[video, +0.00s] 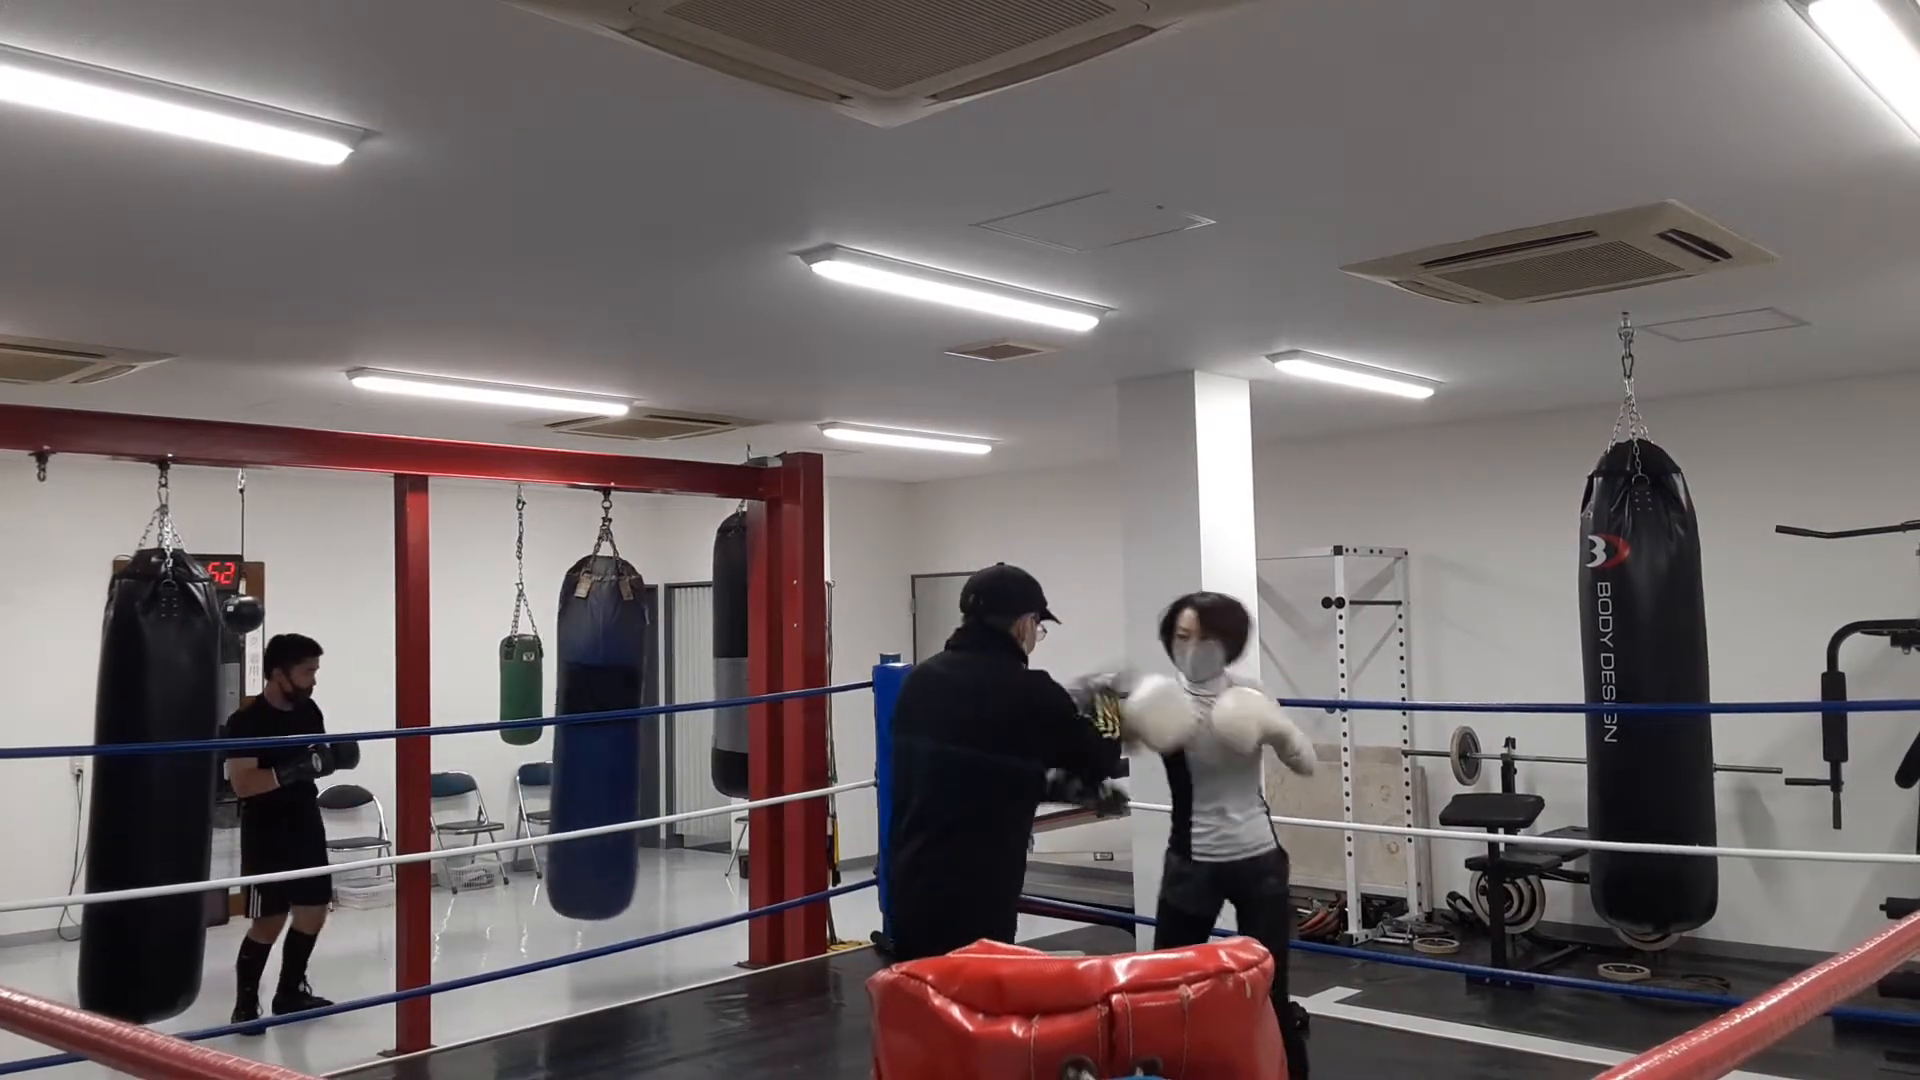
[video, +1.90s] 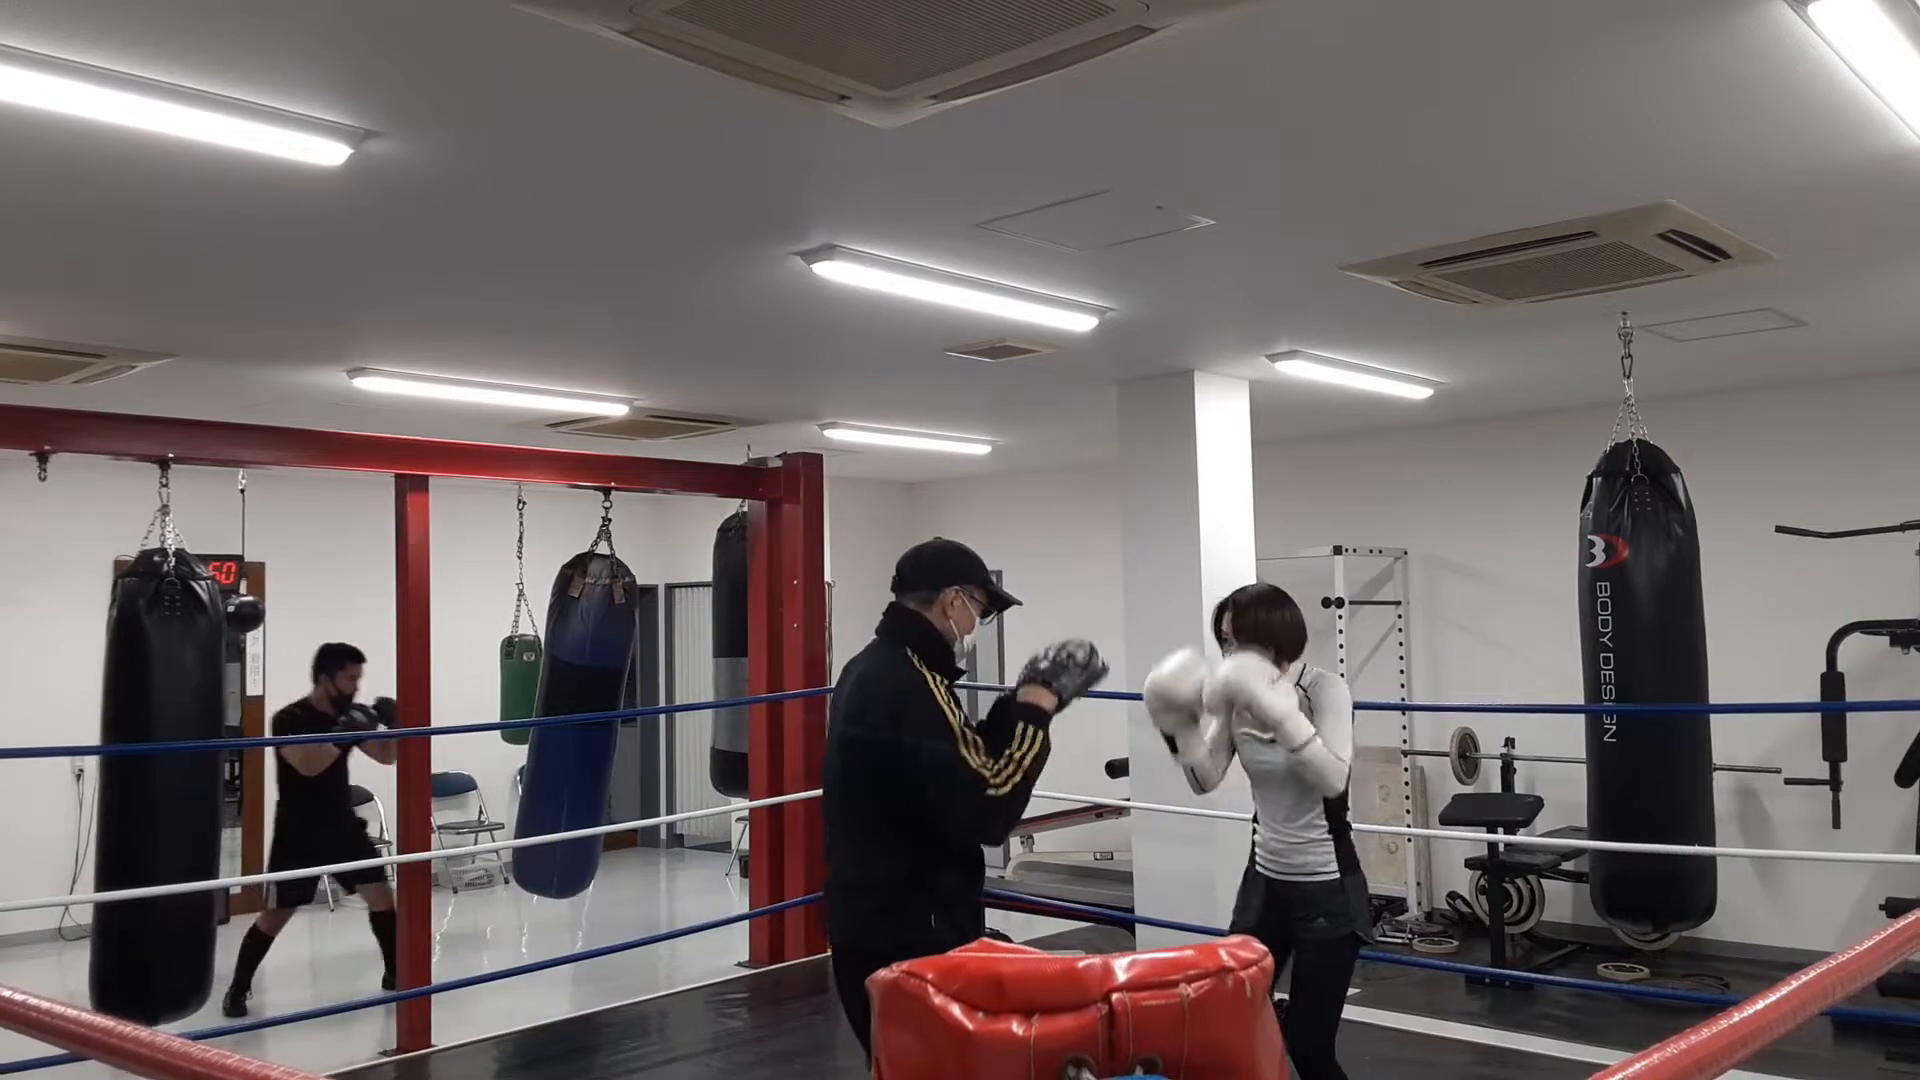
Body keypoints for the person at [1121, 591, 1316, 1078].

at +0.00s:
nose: (1190, 649)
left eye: (1202, 639)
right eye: (1181, 638)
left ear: (1227, 644)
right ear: (1170, 643)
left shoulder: (1250, 701)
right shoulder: (1162, 703)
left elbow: (1305, 766)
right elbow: (1120, 737)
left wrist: (1275, 726)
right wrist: (1132, 720)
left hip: (1258, 860)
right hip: (1191, 863)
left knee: (1270, 991)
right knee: (1168, 983)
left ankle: (1289, 1069)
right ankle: (1166, 1072)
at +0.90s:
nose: (1200, 648)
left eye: (1212, 637)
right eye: (1194, 639)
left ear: (1244, 640)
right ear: (1188, 644)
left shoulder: (1288, 703)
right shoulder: (1189, 709)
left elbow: (1343, 785)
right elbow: (1138, 760)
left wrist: (1289, 768)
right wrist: (1143, 712)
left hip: (1293, 888)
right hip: (1229, 888)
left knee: (1280, 1032)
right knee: (1214, 1015)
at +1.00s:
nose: (1192, 660)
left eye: (1202, 647)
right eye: (1189, 649)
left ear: (1238, 654)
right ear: (1187, 652)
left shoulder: (1281, 713)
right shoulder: (1202, 718)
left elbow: (1292, 779)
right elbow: (1170, 802)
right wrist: (1146, 767)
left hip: (1293, 901)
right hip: (1239, 892)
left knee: (1270, 1031)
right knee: (1201, 1002)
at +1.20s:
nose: (1203, 630)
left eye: (1214, 620)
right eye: (1202, 620)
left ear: (1251, 627)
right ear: (1201, 626)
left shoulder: (1302, 686)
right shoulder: (1196, 693)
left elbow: (1348, 766)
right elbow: (1127, 759)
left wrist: (1284, 719)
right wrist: (1139, 720)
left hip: (1304, 876)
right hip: (1232, 874)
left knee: (1297, 1024)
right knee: (1218, 1010)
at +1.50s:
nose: (1233, 657)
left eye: (1245, 646)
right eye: (1229, 645)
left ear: (1279, 655)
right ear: (1225, 645)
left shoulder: (1320, 697)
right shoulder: (1214, 707)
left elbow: (1367, 785)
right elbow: (1160, 768)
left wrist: (1333, 735)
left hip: (1314, 884)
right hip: (1241, 884)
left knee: (1310, 1033)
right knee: (1230, 1025)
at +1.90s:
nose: (1230, 653)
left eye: (1239, 639)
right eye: (1226, 641)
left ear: (1274, 637)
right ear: (1222, 644)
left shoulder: (1324, 687)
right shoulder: (1235, 696)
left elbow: (1333, 779)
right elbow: (1204, 779)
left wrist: (1279, 709)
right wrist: (1175, 725)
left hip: (1326, 888)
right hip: (1264, 881)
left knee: (1308, 1042)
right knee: (1234, 1012)